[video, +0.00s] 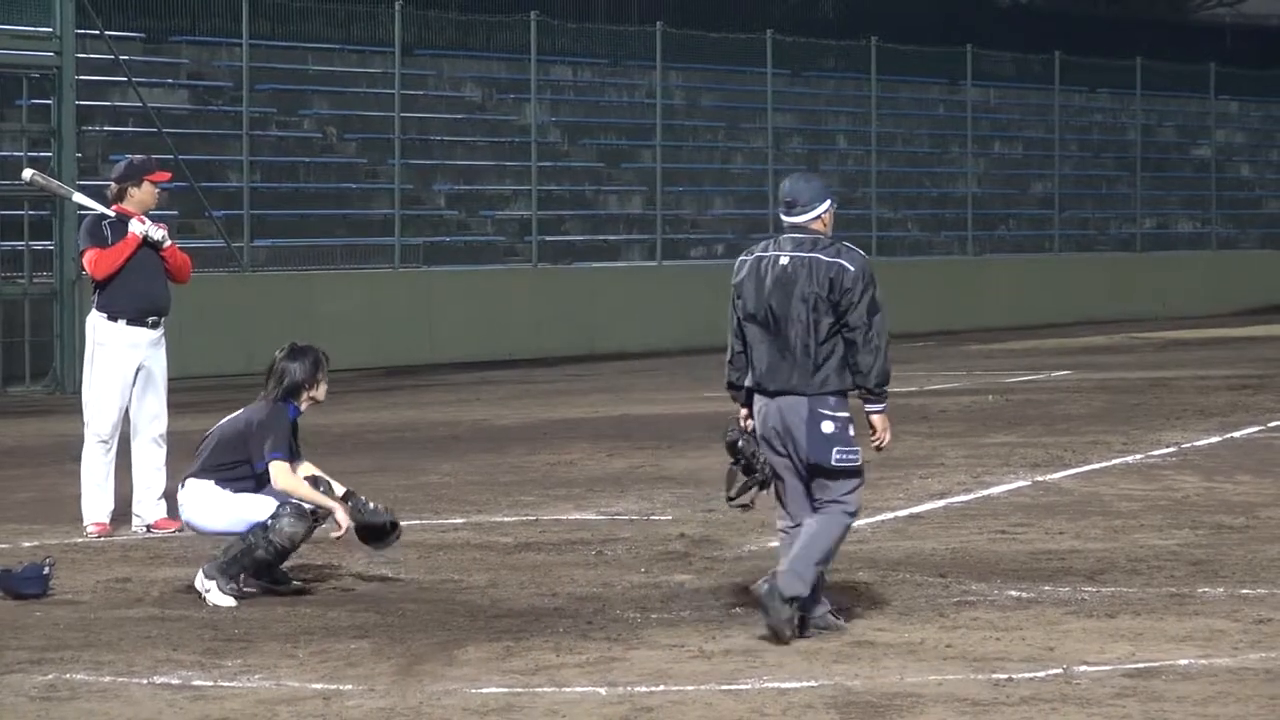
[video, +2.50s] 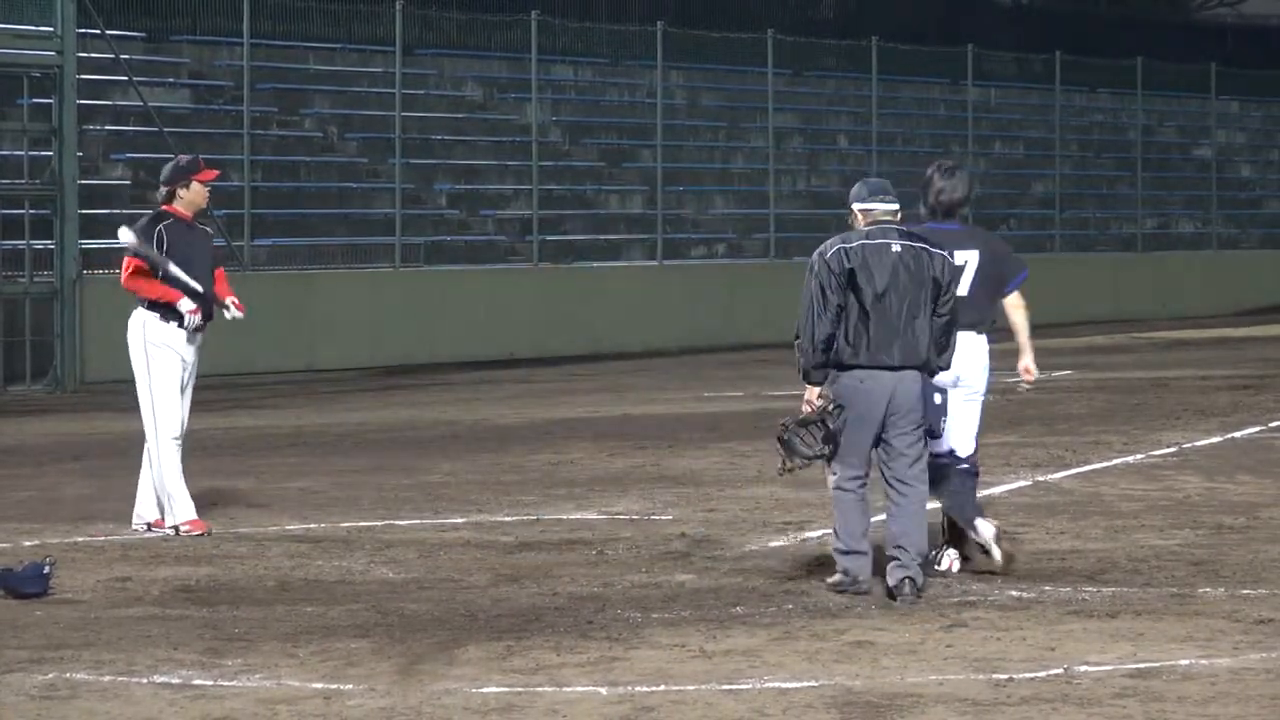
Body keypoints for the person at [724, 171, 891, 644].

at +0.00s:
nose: (832, 218)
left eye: (828, 211)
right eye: (830, 213)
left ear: (785, 214)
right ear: (822, 217)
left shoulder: (749, 263)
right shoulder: (845, 262)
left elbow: (739, 340)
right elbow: (866, 339)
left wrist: (743, 399)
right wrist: (876, 404)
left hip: (766, 403)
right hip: (821, 403)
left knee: (795, 512)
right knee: (839, 499)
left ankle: (813, 609)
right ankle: (782, 587)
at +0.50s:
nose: (898, 224)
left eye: (865, 214)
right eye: (901, 218)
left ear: (859, 217)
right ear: (906, 221)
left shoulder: (824, 262)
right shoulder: (932, 268)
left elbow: (807, 336)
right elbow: (946, 344)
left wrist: (806, 393)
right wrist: (947, 404)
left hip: (843, 405)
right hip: (907, 407)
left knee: (832, 506)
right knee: (925, 505)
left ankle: (814, 606)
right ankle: (945, 605)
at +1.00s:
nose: (922, 216)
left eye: (921, 210)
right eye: (954, 214)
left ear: (920, 212)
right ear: (965, 217)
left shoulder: (879, 254)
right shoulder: (988, 265)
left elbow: (858, 324)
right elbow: (1007, 336)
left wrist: (854, 382)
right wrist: (1012, 398)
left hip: (889, 393)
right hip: (950, 397)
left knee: (890, 494)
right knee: (950, 502)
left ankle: (885, 596)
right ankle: (949, 604)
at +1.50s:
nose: (894, 219)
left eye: (892, 213)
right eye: (921, 216)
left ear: (890, 215)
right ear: (934, 220)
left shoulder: (856, 264)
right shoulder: (961, 264)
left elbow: (844, 334)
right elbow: (978, 335)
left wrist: (844, 392)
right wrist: (980, 395)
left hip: (880, 398)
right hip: (938, 398)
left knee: (887, 496)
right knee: (951, 487)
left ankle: (889, 593)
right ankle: (949, 579)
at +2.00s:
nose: (917, 218)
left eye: (912, 213)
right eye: (915, 214)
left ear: (870, 217)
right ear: (910, 217)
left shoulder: (840, 265)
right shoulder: (944, 261)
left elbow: (822, 332)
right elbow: (962, 326)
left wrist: (820, 389)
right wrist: (963, 384)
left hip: (870, 392)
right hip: (926, 391)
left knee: (882, 489)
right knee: (922, 484)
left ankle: (892, 589)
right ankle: (915, 571)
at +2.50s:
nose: (853, 219)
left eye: (853, 214)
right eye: (857, 213)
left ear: (858, 215)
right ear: (897, 213)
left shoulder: (834, 254)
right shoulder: (930, 255)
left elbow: (818, 325)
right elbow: (944, 319)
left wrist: (814, 380)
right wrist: (928, 367)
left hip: (855, 382)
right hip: (910, 382)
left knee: (849, 477)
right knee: (907, 477)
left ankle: (853, 571)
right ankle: (907, 571)